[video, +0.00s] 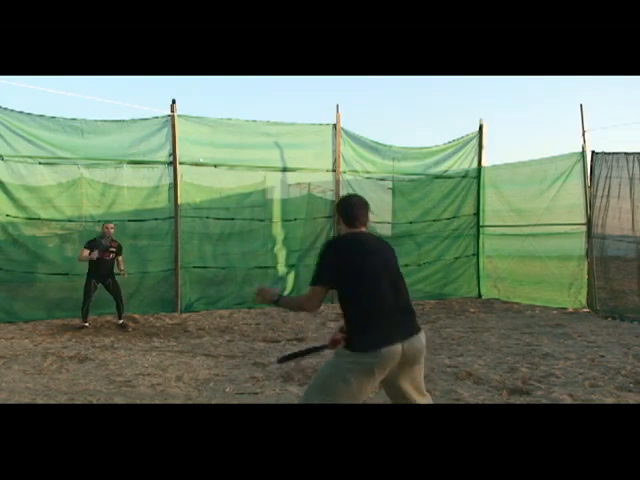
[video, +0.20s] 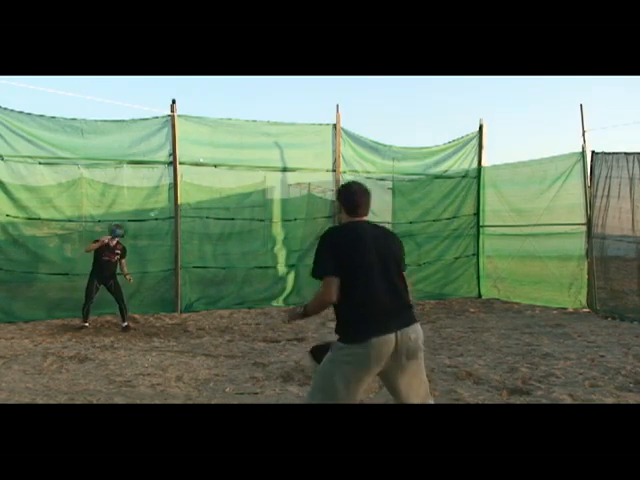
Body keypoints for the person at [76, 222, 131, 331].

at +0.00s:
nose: (109, 231)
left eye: (111, 228)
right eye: (107, 228)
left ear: (114, 230)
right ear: (103, 229)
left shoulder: (117, 246)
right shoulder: (93, 243)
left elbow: (119, 259)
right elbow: (81, 257)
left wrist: (121, 269)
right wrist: (90, 256)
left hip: (108, 275)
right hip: (94, 275)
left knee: (118, 297)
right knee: (87, 298)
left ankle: (120, 320)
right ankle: (85, 322)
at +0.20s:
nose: (114, 240)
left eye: (116, 238)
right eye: (112, 237)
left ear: (119, 238)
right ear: (109, 236)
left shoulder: (121, 248)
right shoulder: (101, 243)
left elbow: (122, 263)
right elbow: (88, 249)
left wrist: (125, 274)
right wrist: (101, 243)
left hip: (110, 277)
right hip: (96, 276)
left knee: (120, 300)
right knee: (89, 299)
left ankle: (125, 323)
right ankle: (85, 322)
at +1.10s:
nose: (102, 230)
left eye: (105, 228)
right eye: (100, 228)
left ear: (107, 230)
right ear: (96, 229)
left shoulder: (111, 245)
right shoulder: (87, 244)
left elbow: (114, 259)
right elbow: (80, 260)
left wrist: (114, 266)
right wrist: (89, 268)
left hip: (105, 274)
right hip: (90, 274)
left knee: (116, 298)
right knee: (81, 298)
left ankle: (123, 322)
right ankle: (78, 323)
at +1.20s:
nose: (99, 229)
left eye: (101, 227)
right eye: (97, 227)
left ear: (104, 229)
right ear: (93, 228)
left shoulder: (109, 244)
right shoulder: (84, 243)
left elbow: (111, 258)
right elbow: (77, 259)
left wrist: (112, 266)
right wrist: (85, 266)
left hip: (103, 275)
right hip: (88, 275)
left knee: (113, 298)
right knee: (80, 298)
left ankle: (120, 322)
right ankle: (78, 322)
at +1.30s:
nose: (98, 229)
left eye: (100, 227)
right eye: (95, 227)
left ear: (103, 229)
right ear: (92, 228)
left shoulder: (108, 244)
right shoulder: (83, 243)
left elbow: (110, 257)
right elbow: (75, 259)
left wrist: (112, 265)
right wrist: (84, 263)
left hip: (102, 275)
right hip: (88, 275)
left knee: (112, 298)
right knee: (80, 298)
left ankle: (118, 321)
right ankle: (78, 322)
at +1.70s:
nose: (99, 237)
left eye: (101, 235)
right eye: (96, 235)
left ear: (103, 237)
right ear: (93, 237)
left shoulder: (110, 250)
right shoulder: (89, 253)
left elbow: (115, 265)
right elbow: (87, 272)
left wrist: (115, 275)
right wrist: (94, 274)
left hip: (106, 281)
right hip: (92, 281)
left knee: (119, 300)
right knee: (82, 301)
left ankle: (119, 322)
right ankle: (78, 323)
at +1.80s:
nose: (100, 236)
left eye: (102, 233)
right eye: (98, 234)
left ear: (105, 235)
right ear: (94, 236)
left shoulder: (112, 249)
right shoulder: (89, 252)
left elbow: (115, 263)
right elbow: (85, 270)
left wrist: (115, 274)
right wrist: (93, 278)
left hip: (108, 280)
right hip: (93, 281)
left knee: (119, 299)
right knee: (83, 300)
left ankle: (119, 322)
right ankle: (78, 323)